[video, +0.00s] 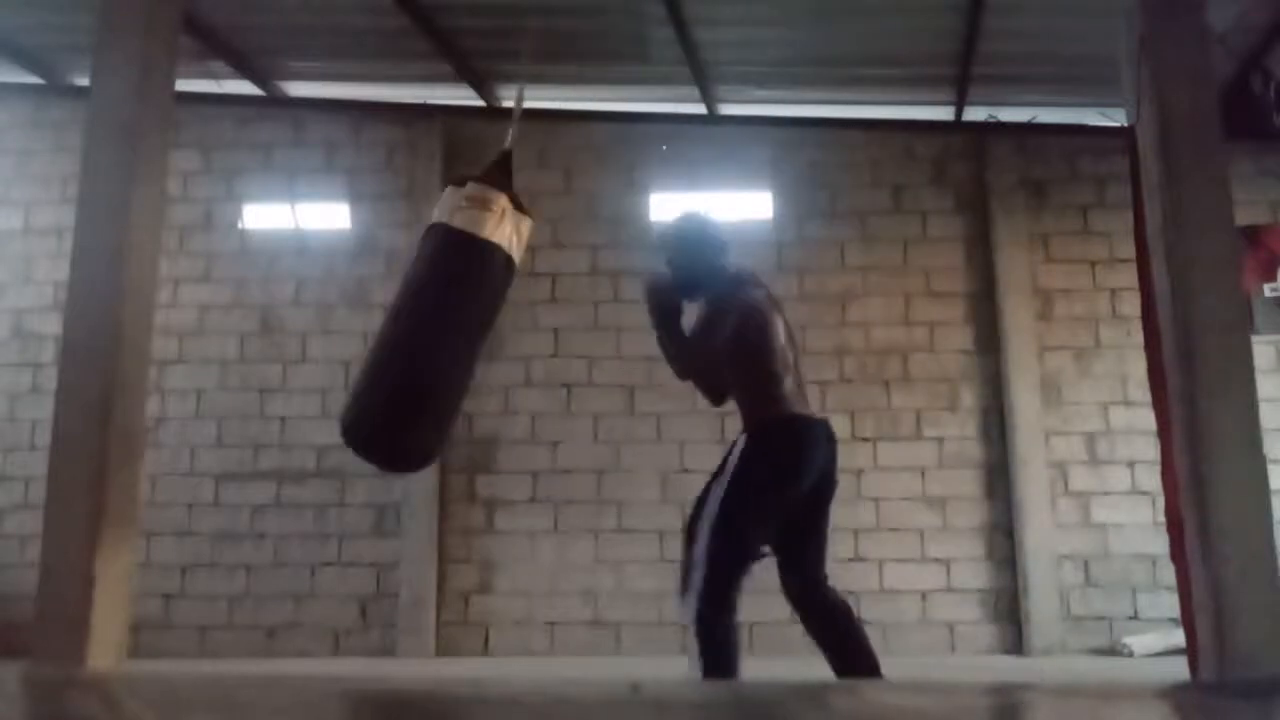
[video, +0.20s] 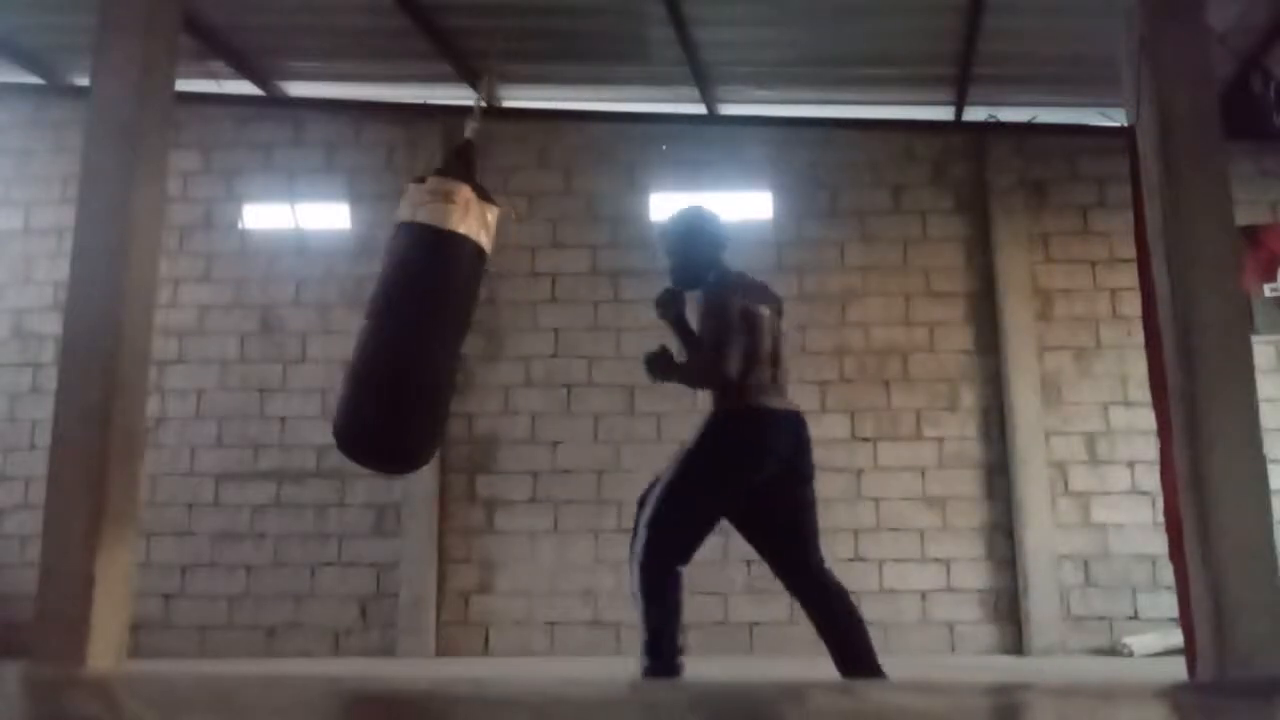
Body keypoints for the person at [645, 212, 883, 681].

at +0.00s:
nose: (671, 270)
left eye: (675, 259)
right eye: (670, 259)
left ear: (696, 257)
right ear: (717, 252)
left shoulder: (731, 298)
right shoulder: (754, 295)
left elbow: (687, 366)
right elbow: (716, 387)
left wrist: (664, 314)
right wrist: (675, 317)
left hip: (772, 444)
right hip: (812, 441)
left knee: (711, 565)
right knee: (805, 581)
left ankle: (720, 697)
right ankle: (872, 696)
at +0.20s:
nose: (669, 265)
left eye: (672, 253)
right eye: (668, 253)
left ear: (693, 251)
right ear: (715, 248)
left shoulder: (718, 293)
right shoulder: (760, 294)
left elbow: (719, 372)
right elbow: (721, 367)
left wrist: (672, 370)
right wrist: (678, 320)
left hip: (738, 433)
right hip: (784, 431)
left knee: (658, 535)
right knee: (804, 567)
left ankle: (660, 672)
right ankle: (870, 683)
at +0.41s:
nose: (630, 270)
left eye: (633, 261)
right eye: (633, 261)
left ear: (643, 262)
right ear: (682, 260)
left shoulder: (636, 301)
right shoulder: (720, 300)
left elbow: (552, 322)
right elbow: (714, 367)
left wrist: (479, 323)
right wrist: (659, 368)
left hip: (697, 446)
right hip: (751, 442)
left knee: (646, 578)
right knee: (778, 574)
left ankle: (617, 698)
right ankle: (857, 679)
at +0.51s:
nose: (604, 277)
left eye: (608, 267)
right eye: (605, 267)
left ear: (623, 264)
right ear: (652, 262)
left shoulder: (622, 300)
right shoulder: (694, 306)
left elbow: (544, 344)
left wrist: (487, 331)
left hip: (693, 448)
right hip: (738, 445)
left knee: (635, 569)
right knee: (744, 577)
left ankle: (614, 692)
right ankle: (844, 672)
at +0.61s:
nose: (585, 285)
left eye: (590, 274)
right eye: (584, 275)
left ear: (614, 269)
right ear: (627, 264)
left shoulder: (654, 308)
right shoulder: (665, 305)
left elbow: (624, 378)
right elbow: (612, 356)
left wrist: (551, 348)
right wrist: (545, 341)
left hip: (693, 446)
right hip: (728, 445)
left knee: (632, 554)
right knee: (743, 580)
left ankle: (613, 686)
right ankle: (848, 679)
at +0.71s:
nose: (575, 293)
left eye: (579, 280)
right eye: (574, 281)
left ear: (605, 277)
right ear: (618, 274)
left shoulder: (656, 322)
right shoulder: (641, 329)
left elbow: (704, 395)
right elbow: (577, 361)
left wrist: (633, 404)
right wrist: (506, 333)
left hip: (682, 457)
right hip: (722, 454)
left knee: (612, 570)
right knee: (764, 580)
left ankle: (610, 698)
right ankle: (855, 685)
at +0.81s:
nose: (570, 289)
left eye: (570, 277)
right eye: (567, 278)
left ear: (586, 274)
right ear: (616, 264)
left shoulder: (613, 327)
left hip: (659, 458)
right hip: (717, 451)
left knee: (616, 594)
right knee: (767, 573)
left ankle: (612, 706)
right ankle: (835, 679)